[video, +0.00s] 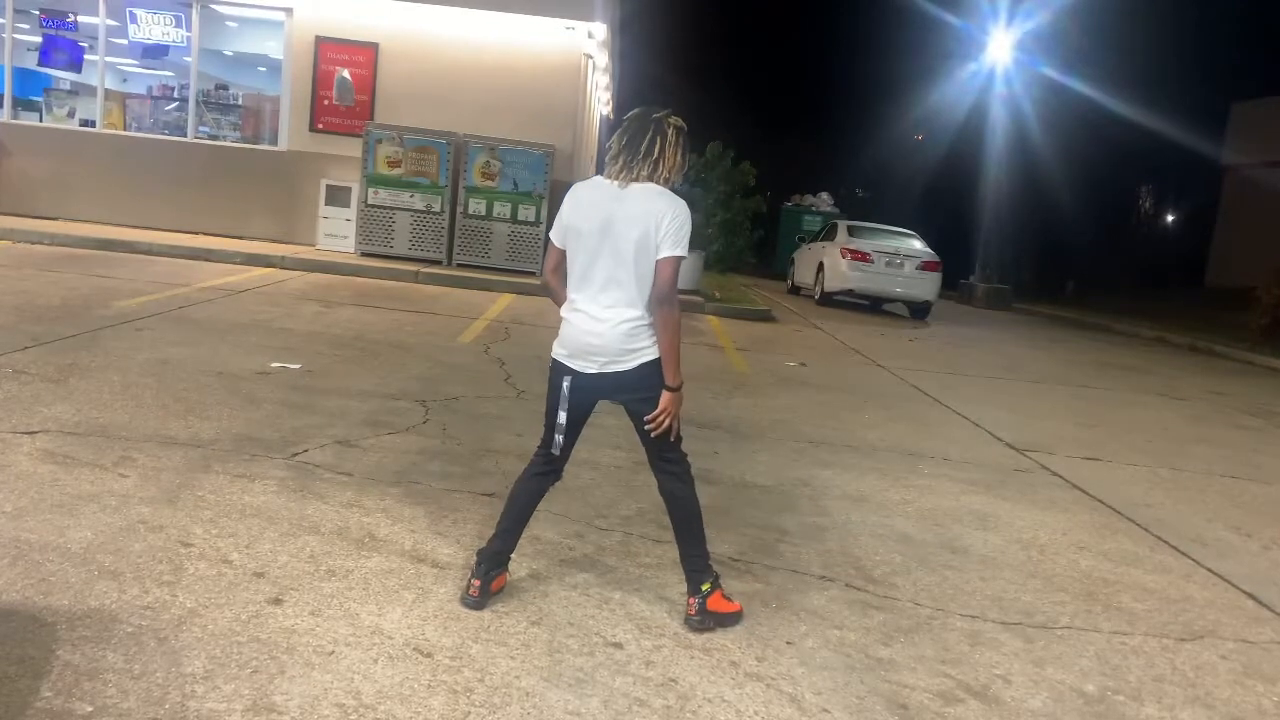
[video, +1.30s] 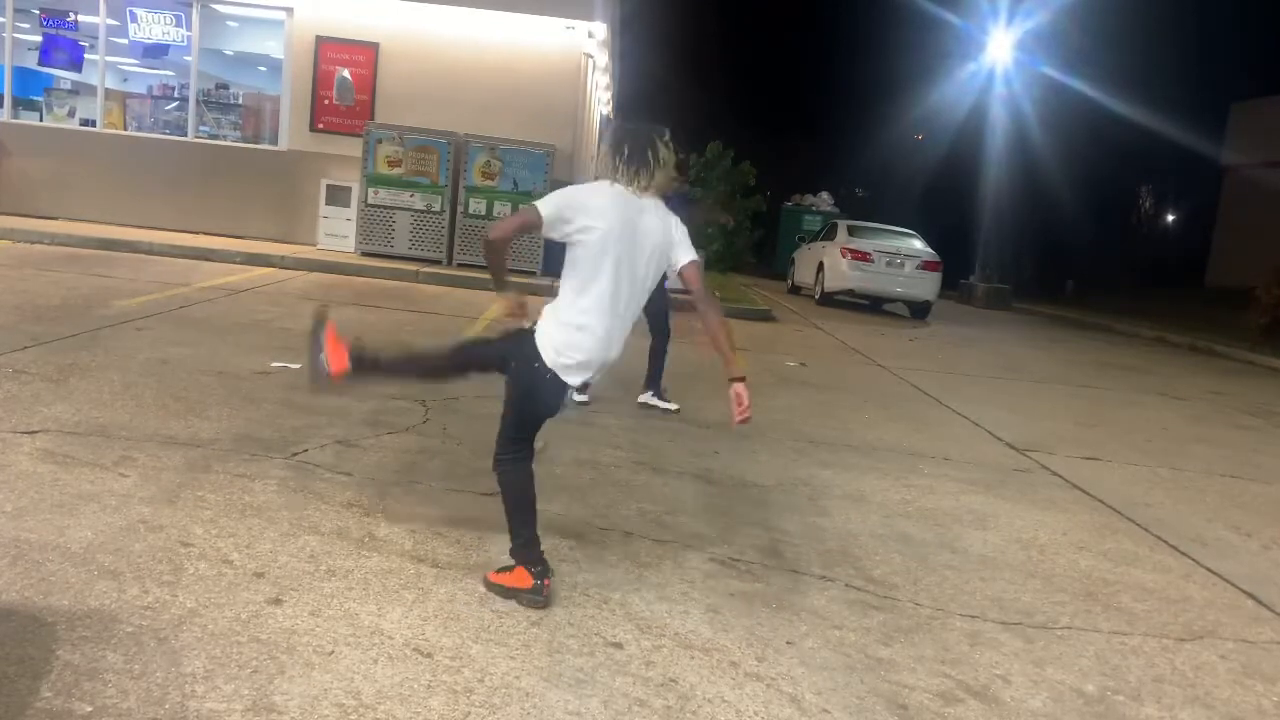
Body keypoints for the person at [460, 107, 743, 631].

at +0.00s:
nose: (680, 163)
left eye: (680, 156)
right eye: (678, 155)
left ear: (620, 144)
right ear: (666, 154)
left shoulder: (579, 194)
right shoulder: (670, 207)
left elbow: (552, 272)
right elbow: (663, 295)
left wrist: (580, 315)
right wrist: (672, 383)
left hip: (573, 360)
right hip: (637, 365)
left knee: (545, 462)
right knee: (671, 468)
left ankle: (485, 572)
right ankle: (702, 591)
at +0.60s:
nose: (675, 160)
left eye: (675, 152)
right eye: (673, 151)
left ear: (615, 146)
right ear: (663, 152)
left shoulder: (578, 197)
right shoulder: (672, 205)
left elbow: (551, 276)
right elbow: (698, 289)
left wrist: (584, 318)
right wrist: (726, 366)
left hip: (579, 359)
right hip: (643, 361)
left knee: (548, 459)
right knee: (677, 465)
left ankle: (486, 571)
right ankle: (705, 590)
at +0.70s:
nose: (673, 164)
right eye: (671, 155)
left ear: (613, 150)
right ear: (662, 157)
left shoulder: (582, 204)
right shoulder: (673, 204)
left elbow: (553, 283)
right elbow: (728, 261)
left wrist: (588, 323)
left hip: (584, 362)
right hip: (648, 363)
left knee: (550, 460)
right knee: (683, 465)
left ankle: (486, 570)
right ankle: (707, 593)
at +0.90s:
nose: (663, 169)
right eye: (661, 160)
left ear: (606, 150)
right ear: (653, 161)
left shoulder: (562, 198)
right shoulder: (657, 213)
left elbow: (540, 281)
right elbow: (715, 267)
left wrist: (567, 319)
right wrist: (787, 306)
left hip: (571, 362)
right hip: (637, 361)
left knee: (543, 460)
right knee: (669, 462)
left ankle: (514, 575)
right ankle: (706, 585)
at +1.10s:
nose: (597, 157)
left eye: (601, 150)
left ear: (607, 154)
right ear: (653, 161)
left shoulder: (583, 199)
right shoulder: (668, 220)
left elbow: (502, 252)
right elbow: (656, 316)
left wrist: (532, 300)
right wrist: (627, 365)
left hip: (553, 347)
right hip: (600, 361)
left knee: (520, 454)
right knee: (499, 394)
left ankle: (528, 572)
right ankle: (424, 433)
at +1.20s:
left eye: (606, 157)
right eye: (671, 173)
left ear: (610, 164)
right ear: (661, 175)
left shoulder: (584, 207)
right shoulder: (667, 234)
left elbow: (491, 237)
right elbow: (692, 311)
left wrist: (522, 289)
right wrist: (713, 392)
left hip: (537, 358)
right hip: (571, 365)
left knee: (505, 455)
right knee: (463, 324)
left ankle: (526, 568)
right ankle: (349, 311)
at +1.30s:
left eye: (610, 147)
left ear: (612, 154)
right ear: (662, 168)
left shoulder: (585, 197)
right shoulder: (668, 222)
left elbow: (497, 237)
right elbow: (703, 298)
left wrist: (506, 293)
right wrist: (735, 374)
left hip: (551, 351)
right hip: (579, 356)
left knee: (513, 453)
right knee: (467, 353)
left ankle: (530, 570)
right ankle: (351, 362)